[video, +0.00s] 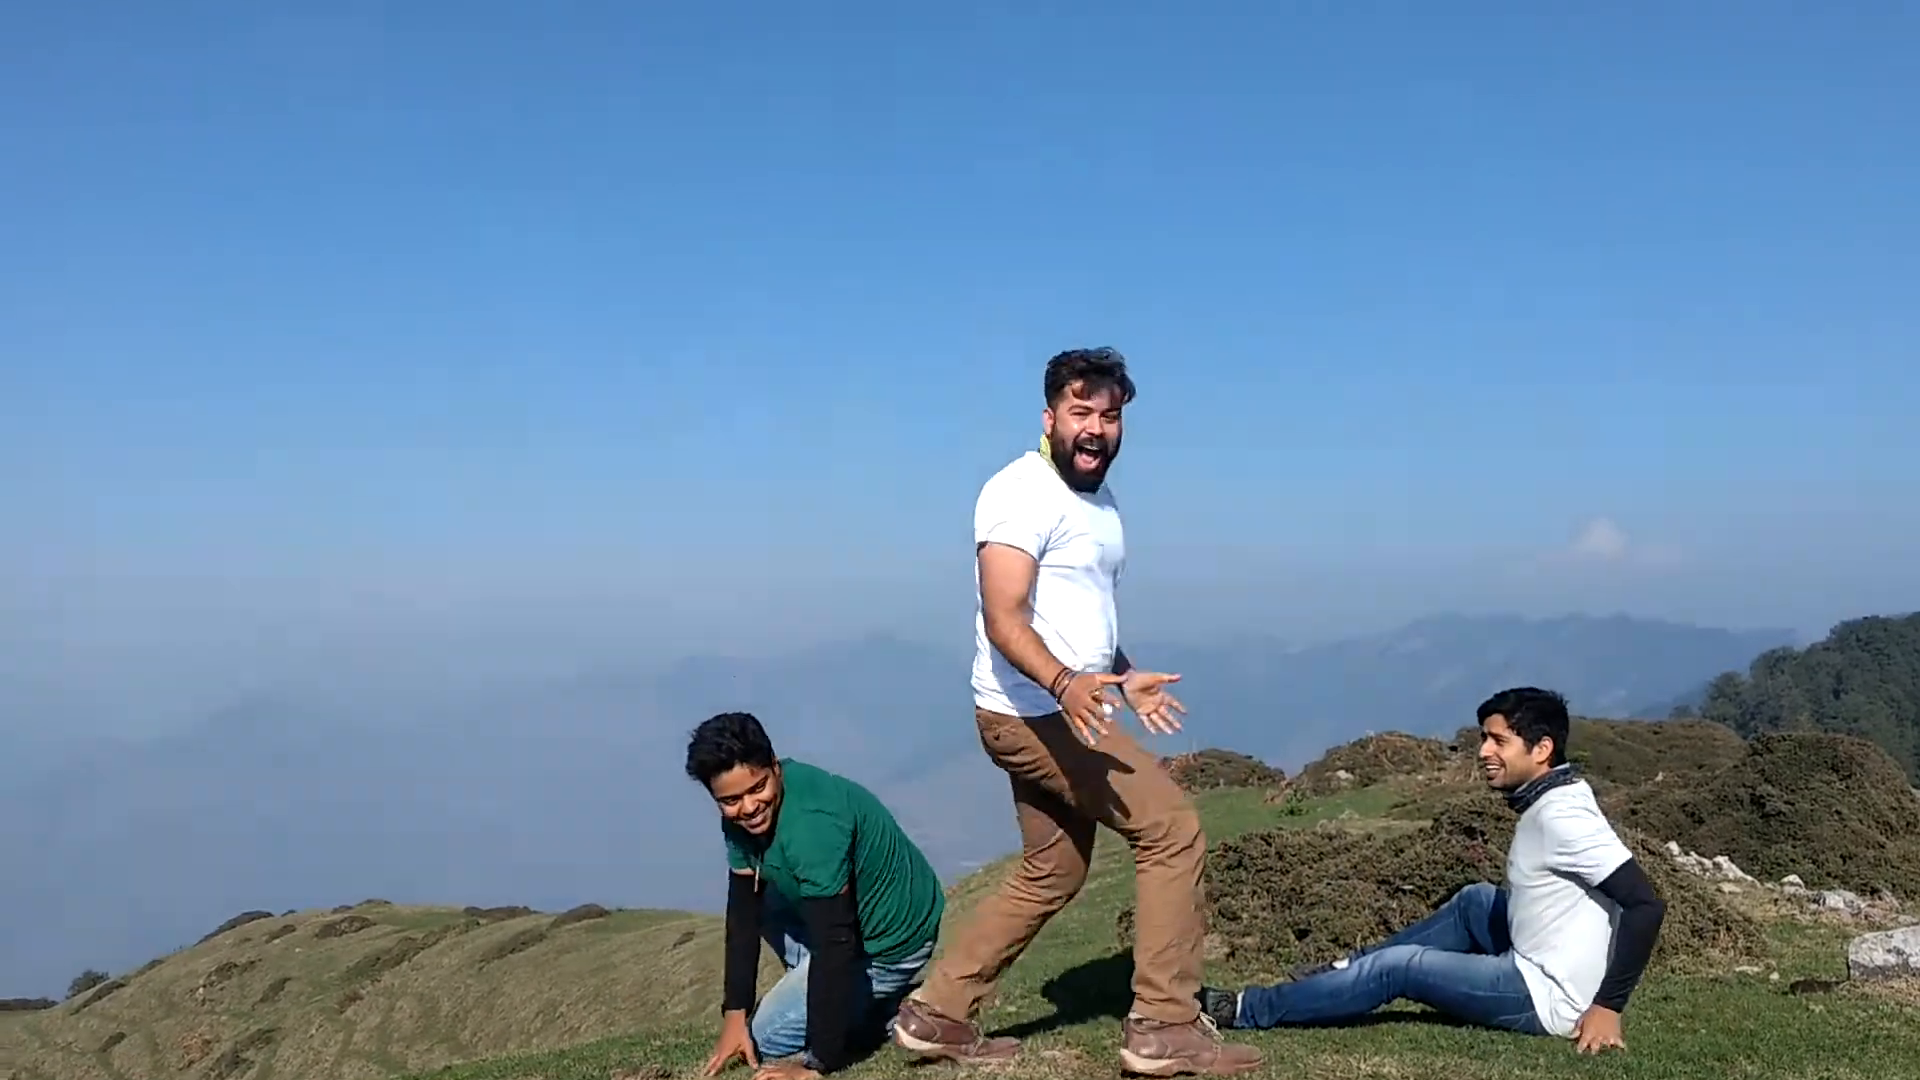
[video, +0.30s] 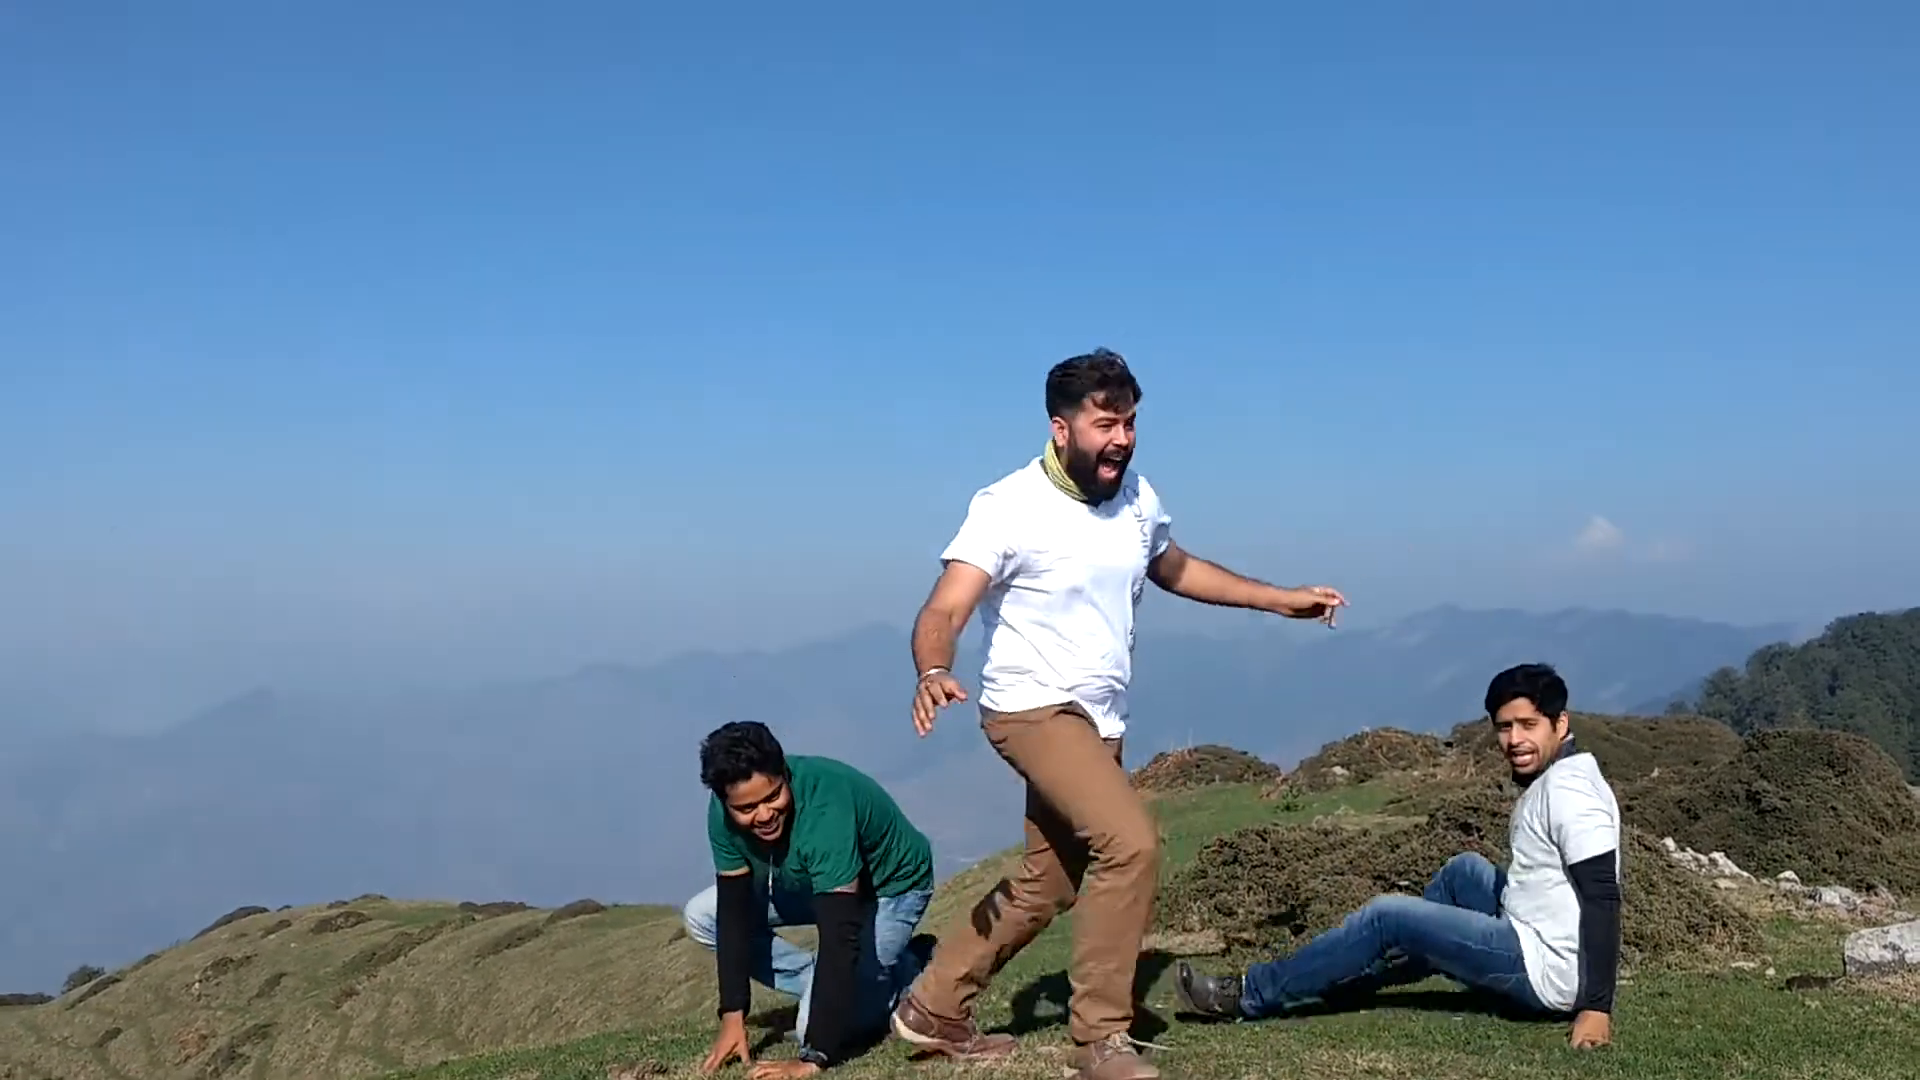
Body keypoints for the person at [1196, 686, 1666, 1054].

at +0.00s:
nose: (1484, 753)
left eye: (1497, 741)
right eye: (1484, 740)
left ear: (1542, 749)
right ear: (1535, 749)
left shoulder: (1564, 814)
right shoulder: (1546, 801)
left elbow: (1645, 908)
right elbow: (1614, 896)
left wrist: (1607, 1006)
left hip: (1549, 995)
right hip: (1544, 958)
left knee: (1395, 965)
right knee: (1478, 900)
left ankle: (1242, 1009)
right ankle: (1356, 977)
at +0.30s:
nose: (1514, 740)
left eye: (1527, 725)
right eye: (1504, 728)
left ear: (1563, 727)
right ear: (1496, 731)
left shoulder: (1572, 791)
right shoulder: (1554, 776)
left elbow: (1602, 901)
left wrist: (1596, 1006)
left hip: (1543, 969)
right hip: (1536, 931)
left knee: (1385, 918)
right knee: (1465, 871)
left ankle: (1244, 992)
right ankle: (1382, 970)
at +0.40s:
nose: (1514, 732)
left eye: (1527, 717)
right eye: (1504, 721)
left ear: (1561, 718)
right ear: (1496, 725)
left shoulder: (1568, 786)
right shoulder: (1556, 773)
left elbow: (1594, 899)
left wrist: (1598, 1007)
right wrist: (1582, 974)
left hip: (1530, 952)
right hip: (1532, 924)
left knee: (1394, 852)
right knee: (1452, 829)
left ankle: (1299, 983)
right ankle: (1378, 966)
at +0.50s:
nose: (1510, 725)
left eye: (1523, 710)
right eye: (1499, 713)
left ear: (1554, 711)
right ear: (1490, 719)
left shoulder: (1555, 783)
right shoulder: (1546, 770)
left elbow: (1581, 899)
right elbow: (1572, 886)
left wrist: (1596, 1007)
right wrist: (1579, 974)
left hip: (1508, 942)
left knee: (1390, 819)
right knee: (1412, 813)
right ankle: (1425, 977)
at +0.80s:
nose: (1451, 719)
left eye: (1463, 704)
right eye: (1438, 709)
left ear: (1491, 707)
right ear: (1430, 718)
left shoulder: (1507, 779)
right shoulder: (1488, 772)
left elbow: (1524, 891)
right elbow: (1538, 889)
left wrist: (1547, 988)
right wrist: (1570, 976)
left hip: (1481, 942)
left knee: (1356, 851)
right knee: (1365, 846)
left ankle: (1426, 988)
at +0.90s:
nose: (1422, 712)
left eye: (1434, 697)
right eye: (1410, 702)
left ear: (1462, 699)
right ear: (1401, 712)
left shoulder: (1476, 769)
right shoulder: (1481, 760)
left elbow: (1461, 863)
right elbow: (1515, 872)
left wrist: (1432, 943)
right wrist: (1557, 962)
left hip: (1473, 945)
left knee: (1357, 853)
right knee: (1371, 851)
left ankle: (1411, 987)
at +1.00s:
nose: (1394, 702)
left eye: (1407, 687)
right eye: (1383, 691)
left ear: (1434, 689)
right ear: (1374, 699)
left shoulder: (1451, 749)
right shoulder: (1422, 759)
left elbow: (1400, 848)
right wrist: (1507, 952)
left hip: (1487, 916)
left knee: (1368, 869)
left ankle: (1426, 989)